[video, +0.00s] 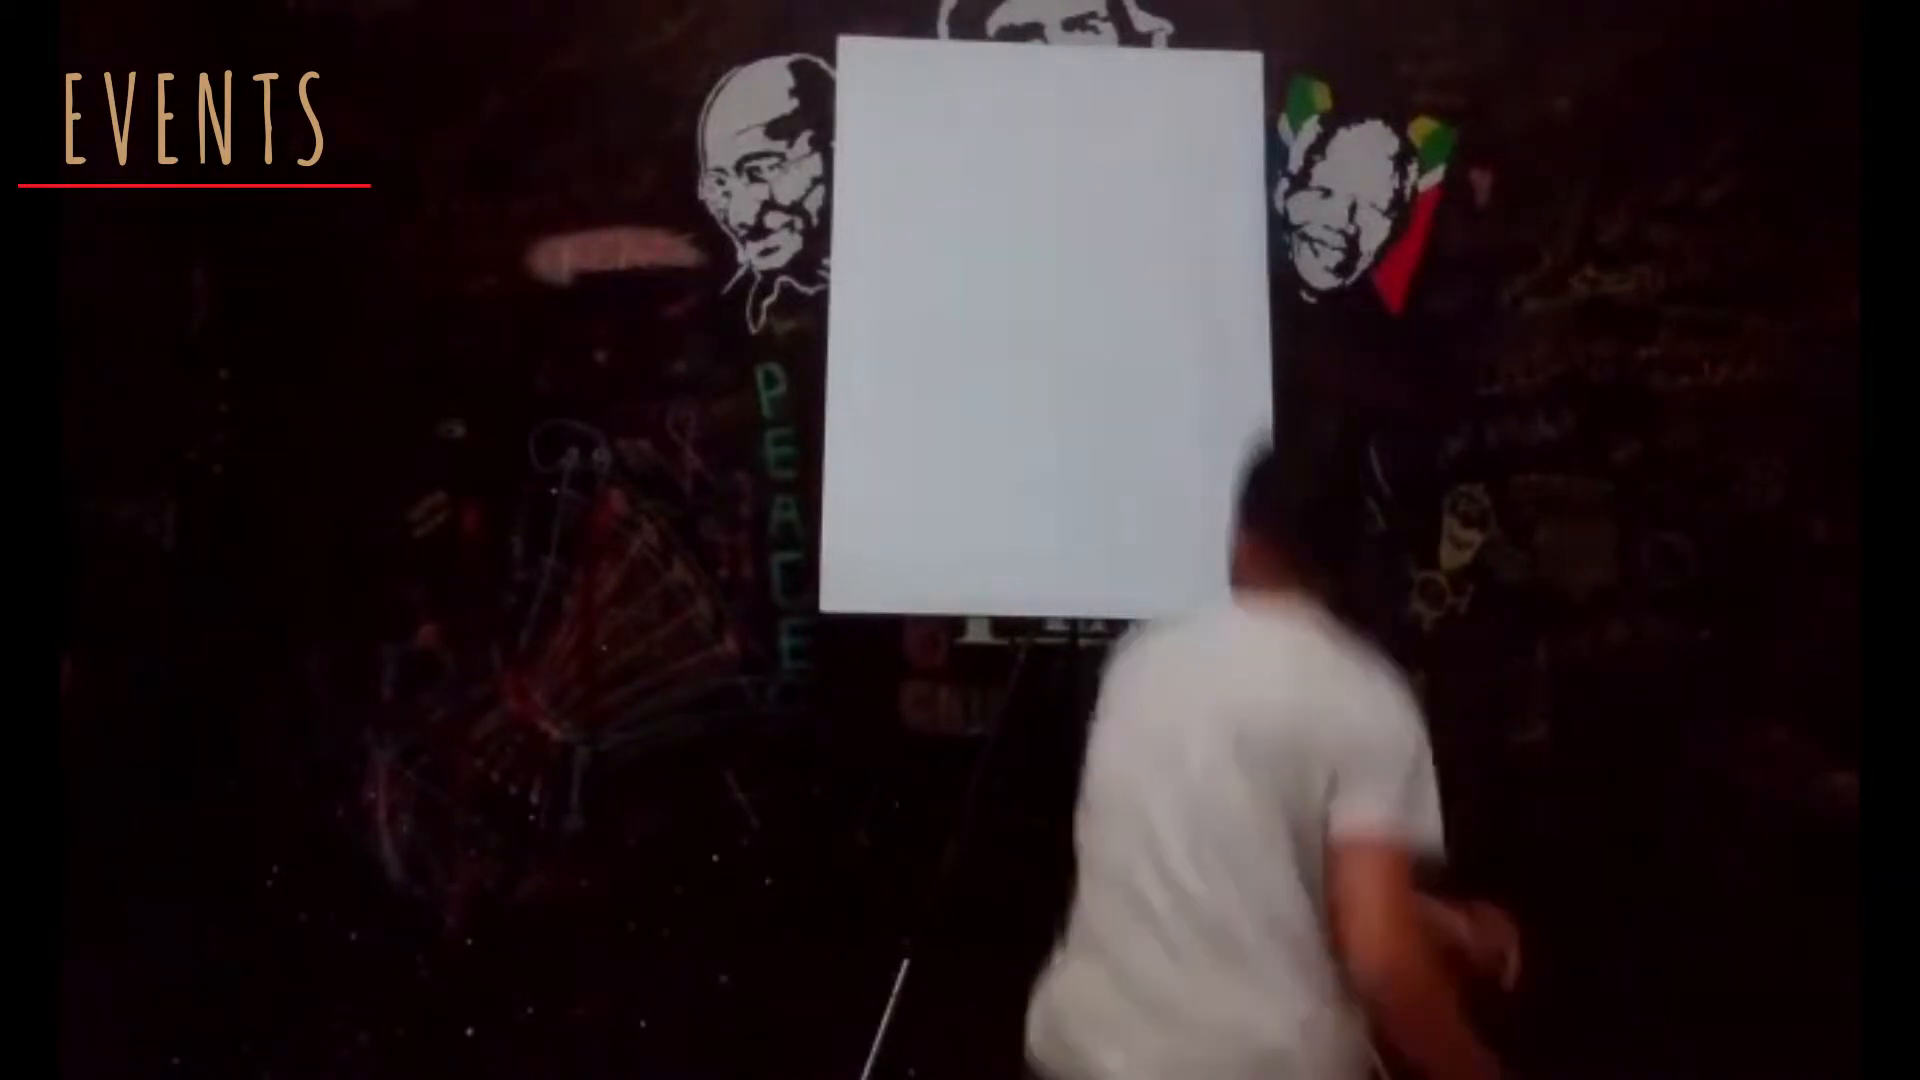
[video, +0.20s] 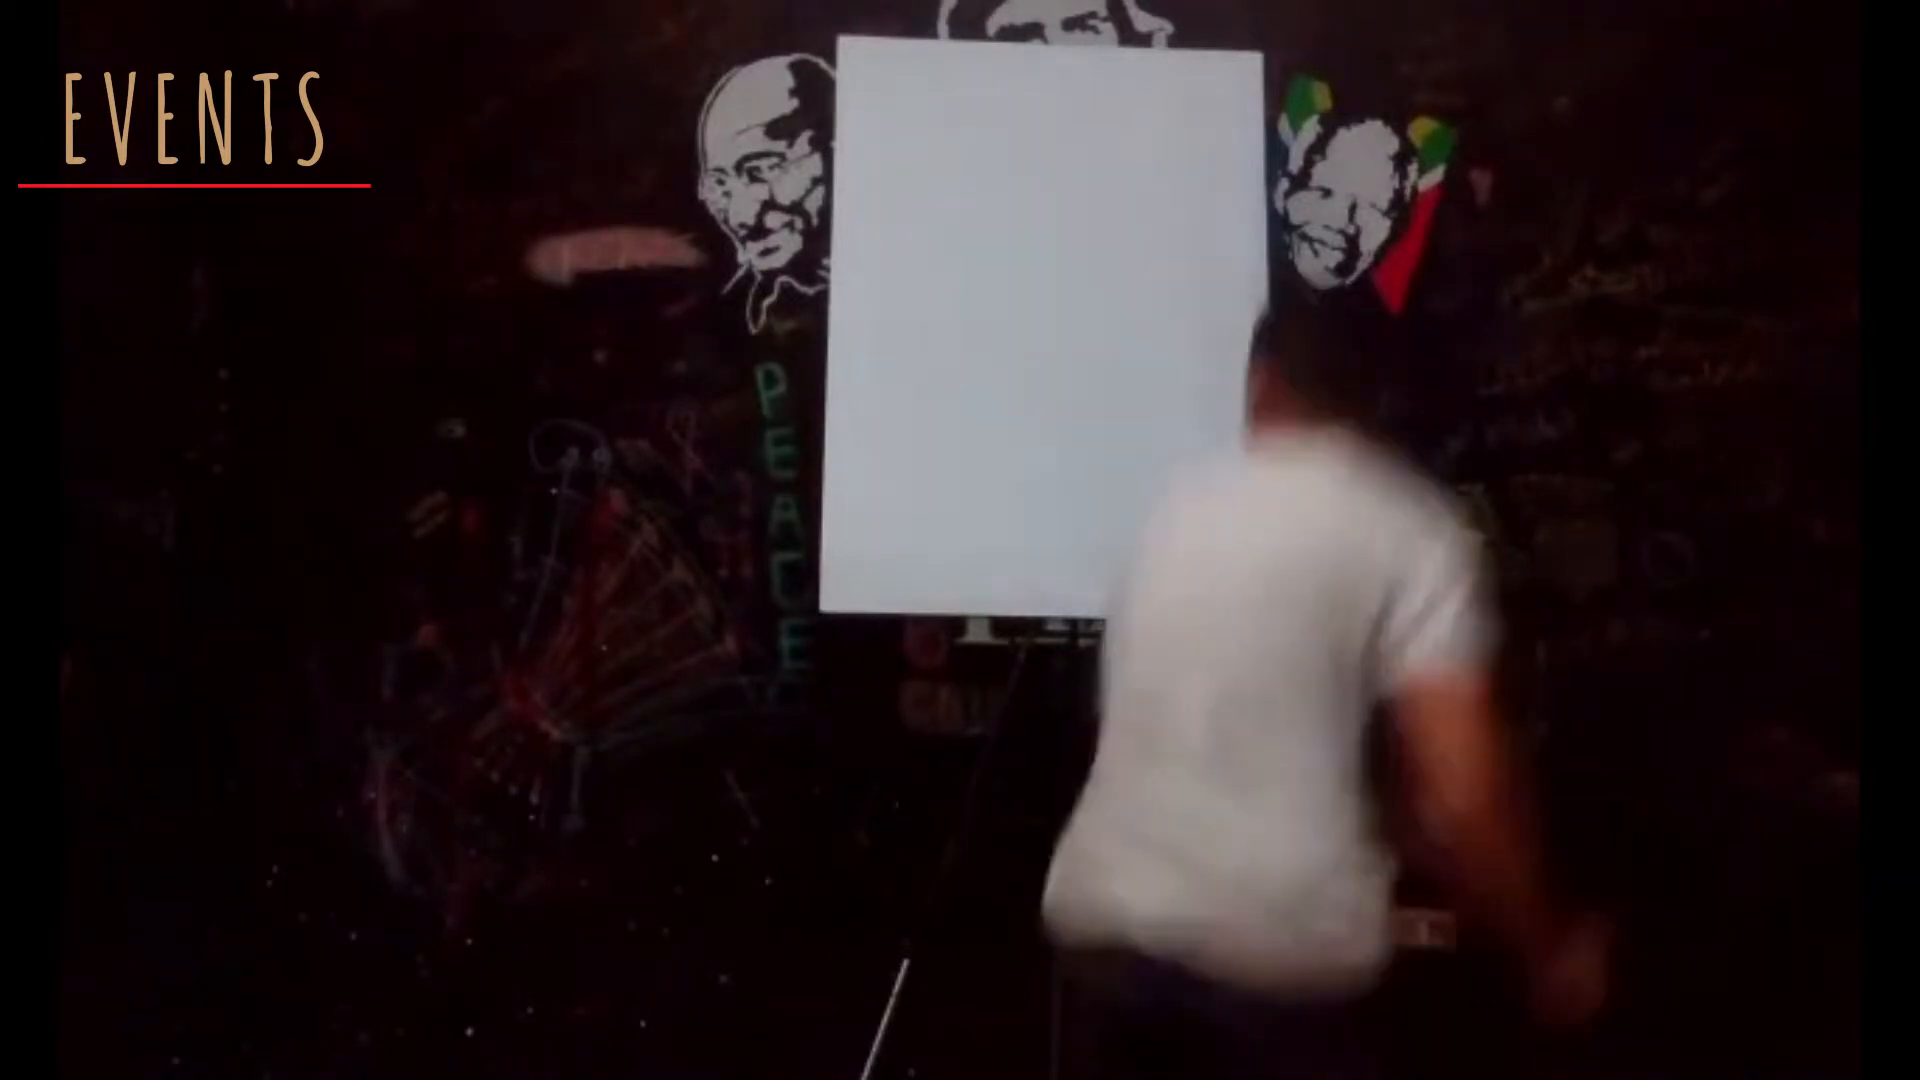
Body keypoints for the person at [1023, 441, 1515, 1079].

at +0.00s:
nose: (1237, 546)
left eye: (1241, 526)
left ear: (1246, 536)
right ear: (1362, 550)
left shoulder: (1140, 659)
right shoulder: (1361, 697)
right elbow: (1377, 950)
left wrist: (1427, 921)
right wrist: (1469, 1063)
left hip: (1086, 1038)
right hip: (1268, 1055)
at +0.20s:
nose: (1248, 388)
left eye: (1255, 371)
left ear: (1266, 378)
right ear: (1383, 394)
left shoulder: (1182, 501)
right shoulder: (1415, 527)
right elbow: (1459, 798)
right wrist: (1542, 942)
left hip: (1103, 927)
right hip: (1294, 947)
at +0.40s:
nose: (1294, 231)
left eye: (1296, 216)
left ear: (1309, 215)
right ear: (1423, 220)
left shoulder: (1221, 337)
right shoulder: (1503, 330)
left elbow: (1151, 591)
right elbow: (1628, 570)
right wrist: (1570, 718)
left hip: (1176, 766)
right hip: (1396, 778)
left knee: (1140, 1057)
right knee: (1445, 1055)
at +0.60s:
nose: (1305, 157)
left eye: (1312, 137)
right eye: (1310, 139)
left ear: (1338, 133)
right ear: (1465, 136)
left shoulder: (1238, 266)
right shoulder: (1541, 242)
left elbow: (1211, 519)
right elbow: (1628, 538)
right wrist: (1596, 716)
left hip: (1225, 691)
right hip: (1439, 681)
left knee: (1227, 1023)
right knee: (1477, 1024)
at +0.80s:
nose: (1338, 176)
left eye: (1337, 160)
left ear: (1358, 155)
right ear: (1487, 149)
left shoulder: (1262, 280)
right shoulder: (1547, 243)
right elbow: (1741, 517)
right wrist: (1662, 653)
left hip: (1237, 684)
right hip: (1451, 672)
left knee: (1297, 1048)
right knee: (1522, 1031)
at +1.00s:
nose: (1305, 242)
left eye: (1309, 228)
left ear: (1326, 223)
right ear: (1452, 227)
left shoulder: (1262, 293)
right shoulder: (1540, 373)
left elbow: (1203, 545)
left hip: (1253, 745)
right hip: (1482, 753)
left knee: (1226, 1053)